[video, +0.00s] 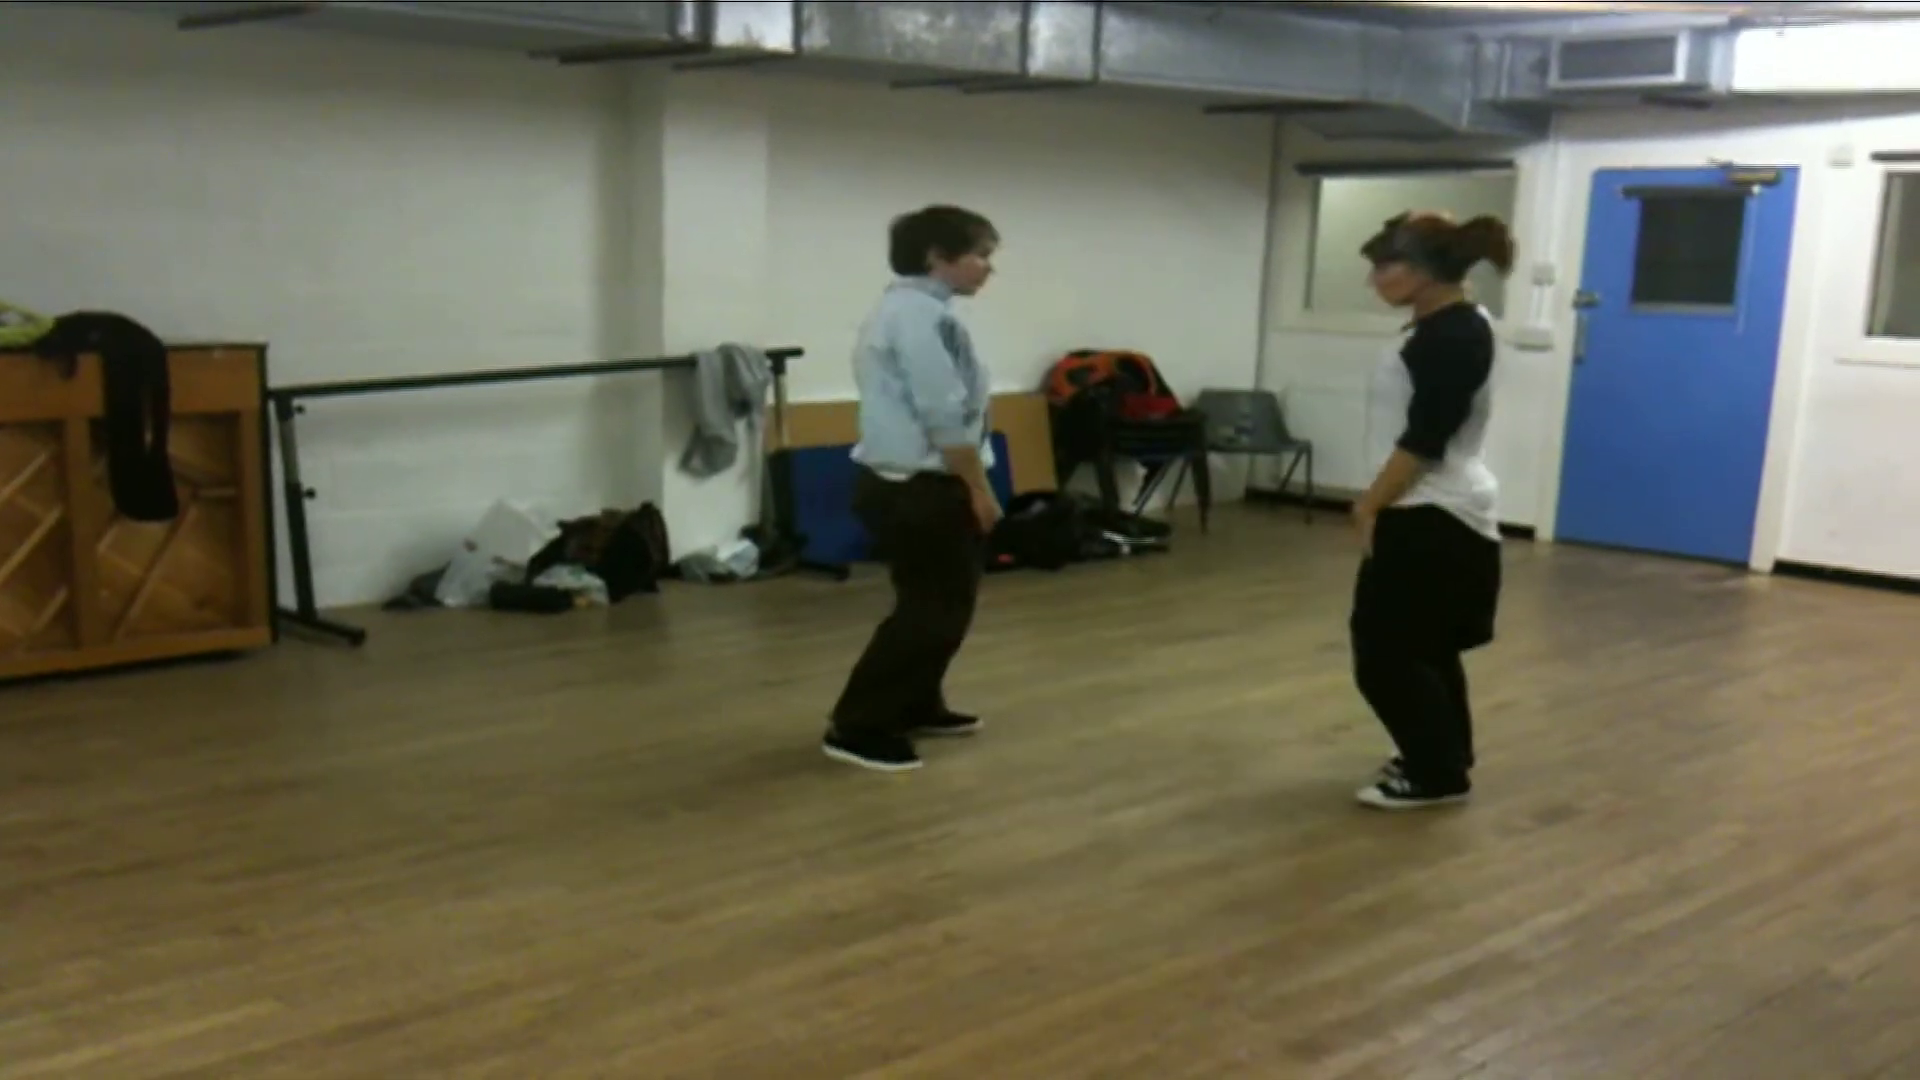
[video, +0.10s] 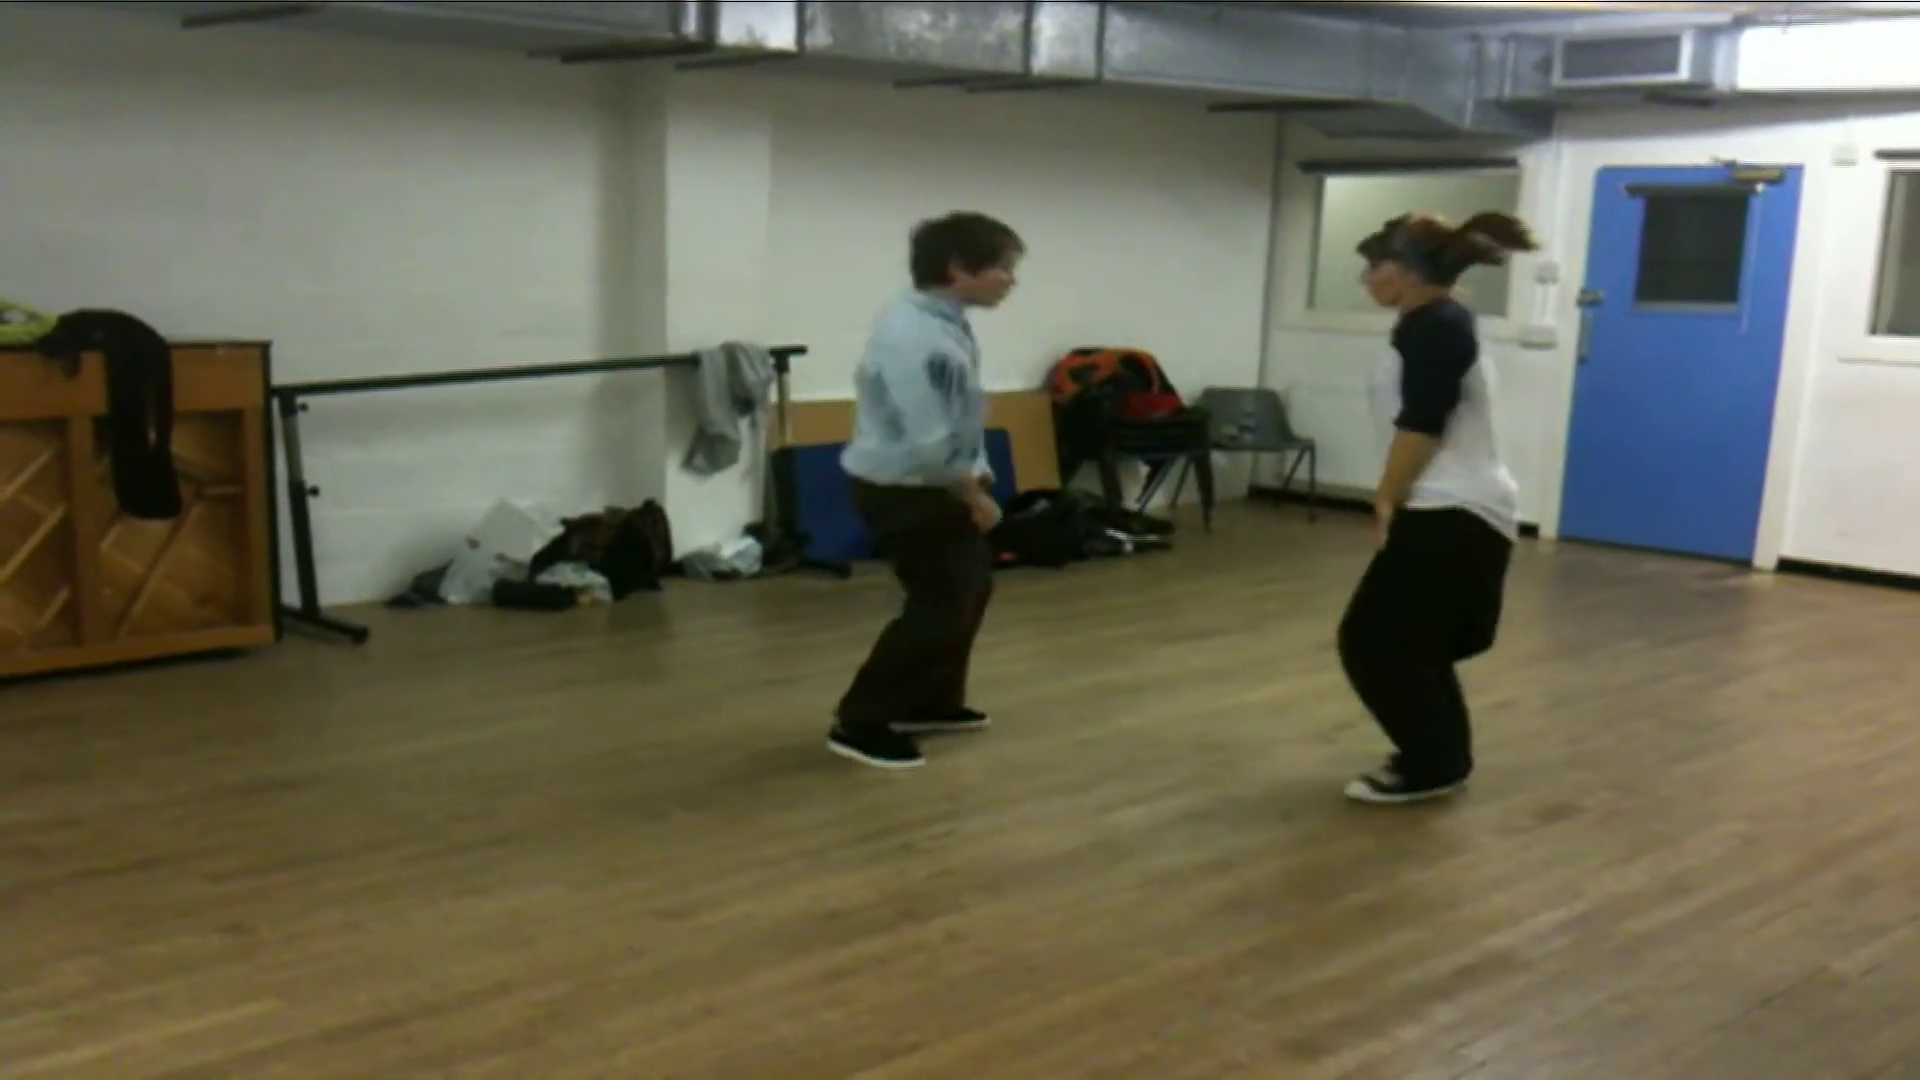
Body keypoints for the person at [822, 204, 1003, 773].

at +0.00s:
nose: (989, 267)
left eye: (989, 256)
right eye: (980, 256)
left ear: (936, 260)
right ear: (939, 258)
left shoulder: (912, 309)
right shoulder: (916, 316)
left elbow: (937, 412)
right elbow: (945, 418)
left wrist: (970, 479)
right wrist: (978, 487)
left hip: (925, 479)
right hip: (912, 484)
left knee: (947, 601)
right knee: (932, 606)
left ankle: (919, 702)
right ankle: (858, 727)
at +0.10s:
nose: (1010, 281)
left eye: (1009, 269)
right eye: (1001, 270)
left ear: (960, 273)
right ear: (959, 272)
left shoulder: (948, 326)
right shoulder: (911, 333)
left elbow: (964, 424)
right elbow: (929, 441)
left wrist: (980, 485)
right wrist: (969, 488)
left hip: (934, 486)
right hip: (895, 488)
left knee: (971, 584)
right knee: (944, 593)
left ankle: (934, 700)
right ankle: (860, 722)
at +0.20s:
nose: (1046, 338)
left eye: (1044, 326)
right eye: (1036, 328)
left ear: (996, 334)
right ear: (996, 334)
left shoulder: (977, 370)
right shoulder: (915, 398)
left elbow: (954, 425)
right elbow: (867, 497)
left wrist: (960, 467)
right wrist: (932, 525)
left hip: (916, 491)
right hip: (856, 499)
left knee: (978, 577)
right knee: (934, 603)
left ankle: (934, 698)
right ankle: (860, 722)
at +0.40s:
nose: (1083, 424)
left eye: (1086, 414)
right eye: (1078, 413)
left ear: (1035, 409)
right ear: (1037, 410)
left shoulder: (1001, 436)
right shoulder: (936, 444)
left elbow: (965, 488)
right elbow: (831, 505)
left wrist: (956, 527)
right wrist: (912, 551)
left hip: (910, 520)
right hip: (842, 526)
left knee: (984, 597)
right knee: (924, 626)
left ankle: (931, 704)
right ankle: (860, 727)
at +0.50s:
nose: (1088, 336)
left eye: (1088, 323)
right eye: (1080, 322)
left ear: (1038, 325)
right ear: (1036, 325)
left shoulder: (1025, 374)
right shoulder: (955, 379)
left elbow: (982, 447)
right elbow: (884, 472)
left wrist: (968, 506)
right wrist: (931, 517)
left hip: (912, 484)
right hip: (852, 480)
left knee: (965, 580)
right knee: (913, 599)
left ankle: (935, 701)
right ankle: (861, 722)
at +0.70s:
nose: (1064, 259)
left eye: (1056, 250)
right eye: (1049, 255)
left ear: (1021, 281)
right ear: (1015, 279)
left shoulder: (1018, 337)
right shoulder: (967, 338)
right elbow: (889, 417)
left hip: (940, 494)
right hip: (896, 490)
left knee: (946, 596)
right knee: (896, 606)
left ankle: (897, 701)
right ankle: (857, 720)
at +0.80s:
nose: (1038, 226)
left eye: (1030, 217)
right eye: (1023, 220)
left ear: (994, 243)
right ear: (990, 242)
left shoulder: (1007, 301)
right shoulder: (965, 303)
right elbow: (880, 356)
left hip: (962, 474)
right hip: (915, 474)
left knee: (968, 586)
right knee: (916, 596)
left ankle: (916, 693)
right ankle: (857, 713)